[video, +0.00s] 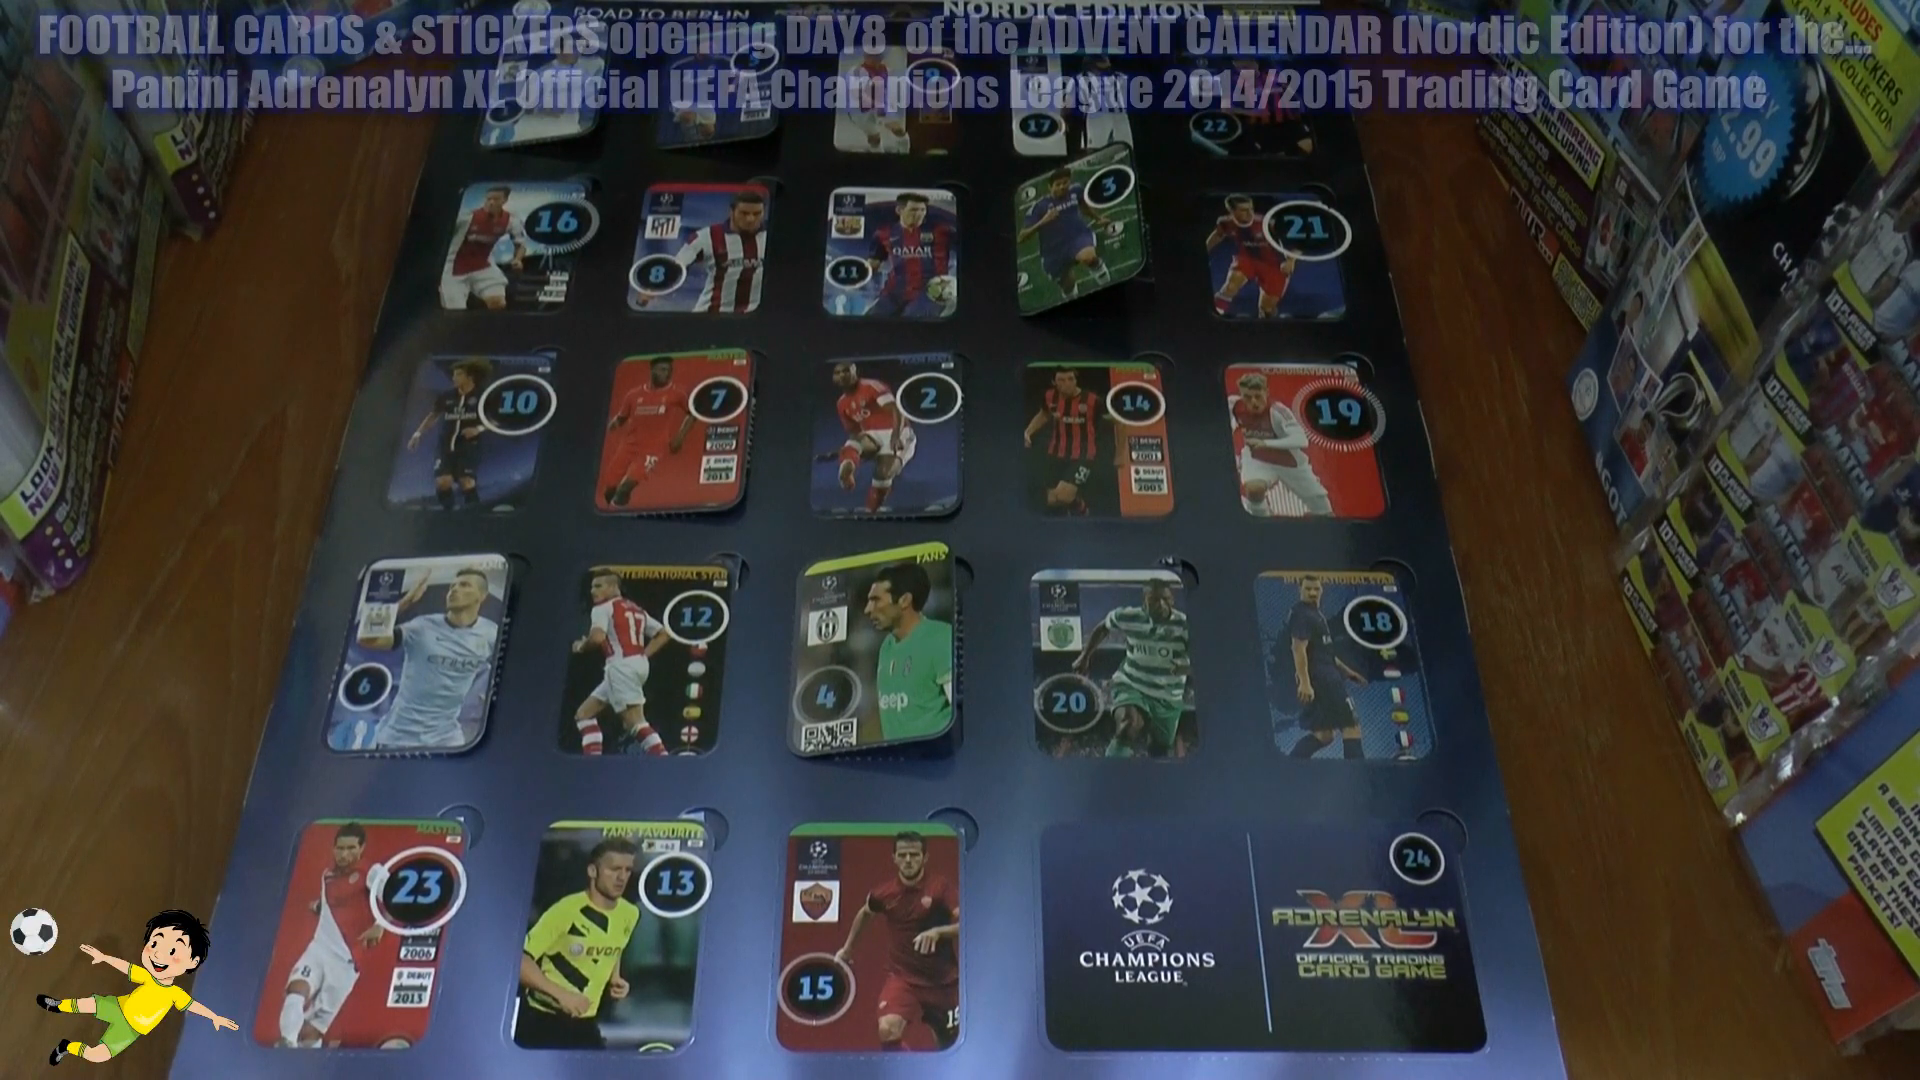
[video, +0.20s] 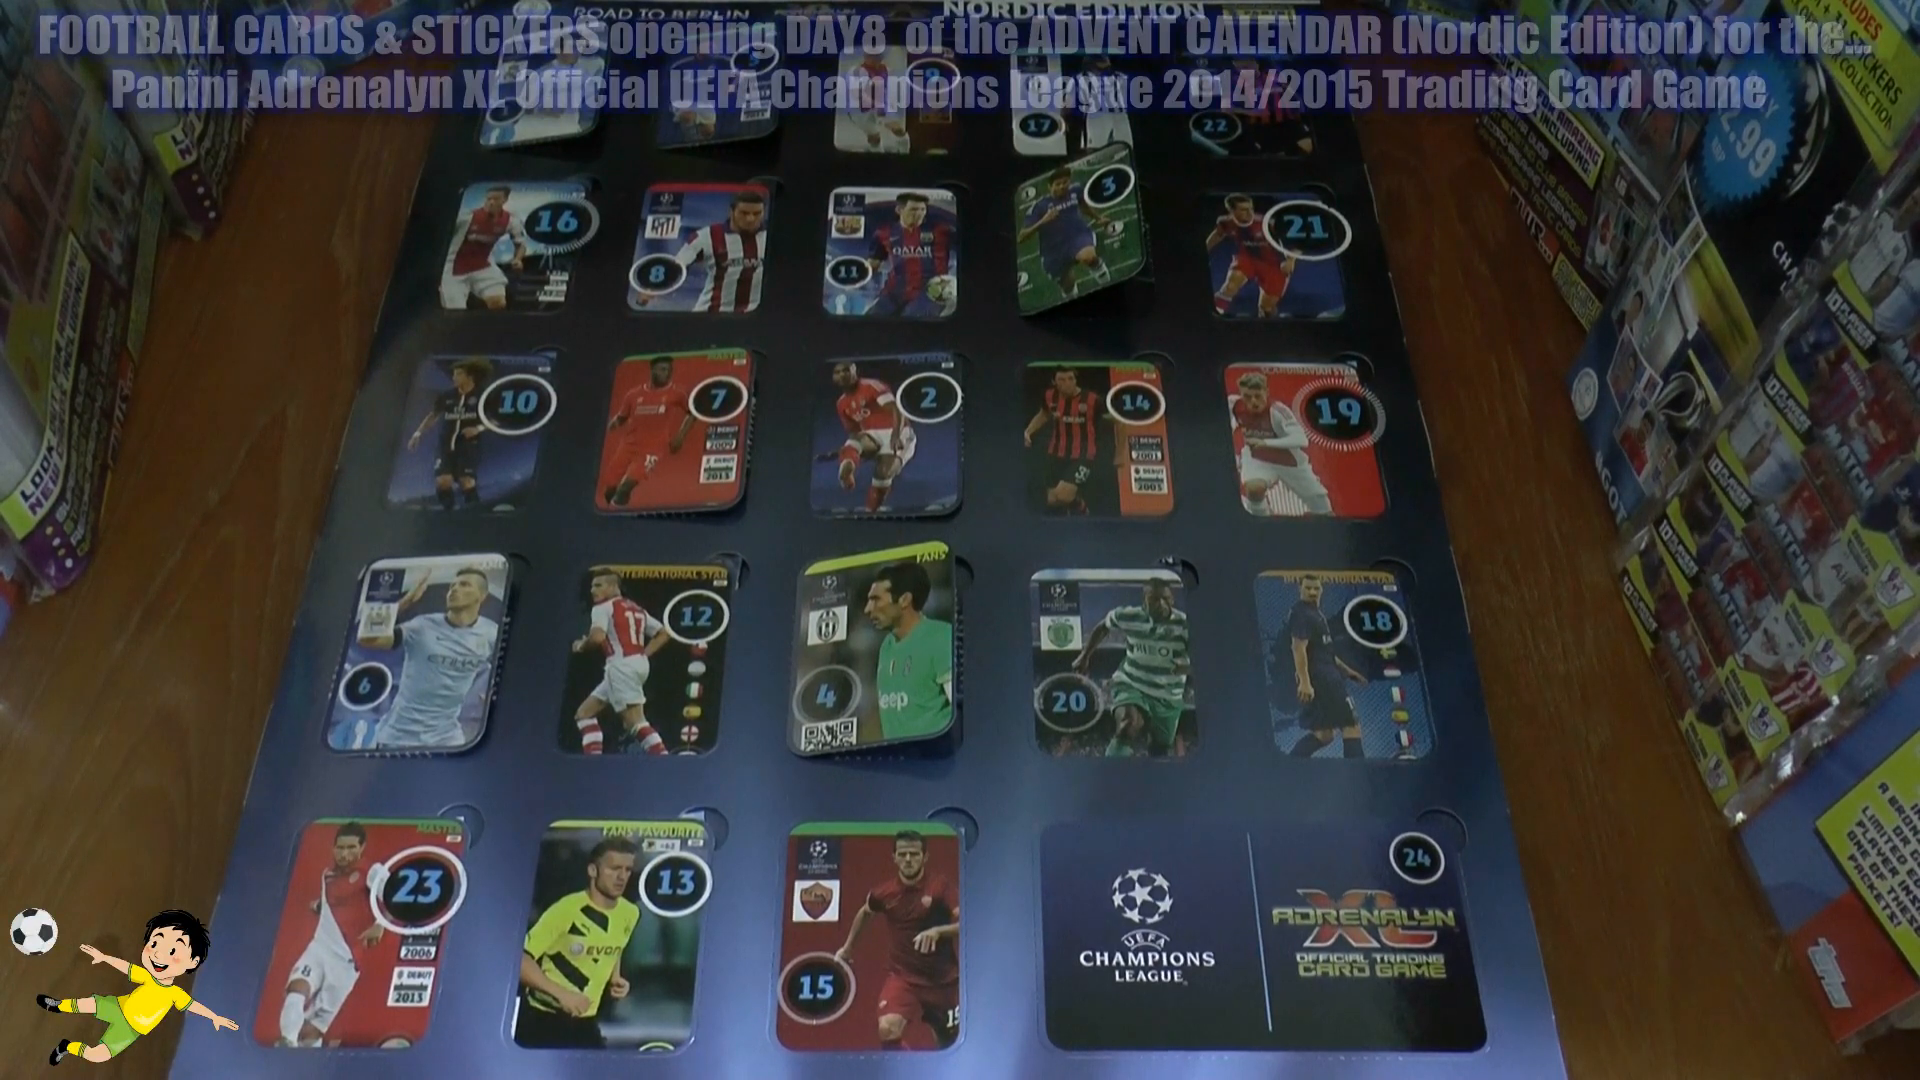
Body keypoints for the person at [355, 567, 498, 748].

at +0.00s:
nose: (454, 589)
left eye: (464, 585)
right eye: (452, 585)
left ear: (482, 596)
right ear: (447, 593)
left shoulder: (491, 636)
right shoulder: (422, 627)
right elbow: (367, 639)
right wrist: (405, 602)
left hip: (446, 737)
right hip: (397, 734)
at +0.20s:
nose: (454, 589)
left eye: (464, 585)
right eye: (452, 585)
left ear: (482, 596)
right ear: (448, 593)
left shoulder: (491, 635)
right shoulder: (421, 626)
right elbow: (367, 639)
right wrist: (404, 602)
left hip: (446, 736)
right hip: (398, 734)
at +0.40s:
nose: (454, 590)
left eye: (464, 585)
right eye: (452, 585)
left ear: (482, 597)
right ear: (447, 593)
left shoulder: (491, 636)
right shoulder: (422, 627)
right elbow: (367, 639)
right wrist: (404, 603)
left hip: (446, 737)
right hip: (398, 734)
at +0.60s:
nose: (454, 590)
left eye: (464, 586)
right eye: (452, 586)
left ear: (482, 597)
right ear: (448, 594)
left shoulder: (491, 637)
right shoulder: (421, 628)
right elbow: (367, 640)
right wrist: (403, 605)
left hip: (446, 738)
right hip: (397, 735)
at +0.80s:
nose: (454, 591)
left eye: (464, 587)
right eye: (452, 587)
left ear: (482, 598)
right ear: (447, 594)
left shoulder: (491, 638)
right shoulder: (421, 629)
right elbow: (367, 641)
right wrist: (401, 607)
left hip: (445, 739)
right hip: (397, 736)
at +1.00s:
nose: (454, 591)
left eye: (464, 587)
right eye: (452, 587)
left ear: (482, 598)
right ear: (447, 594)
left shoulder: (491, 638)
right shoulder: (421, 628)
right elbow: (367, 641)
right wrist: (401, 607)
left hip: (445, 739)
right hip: (397, 736)